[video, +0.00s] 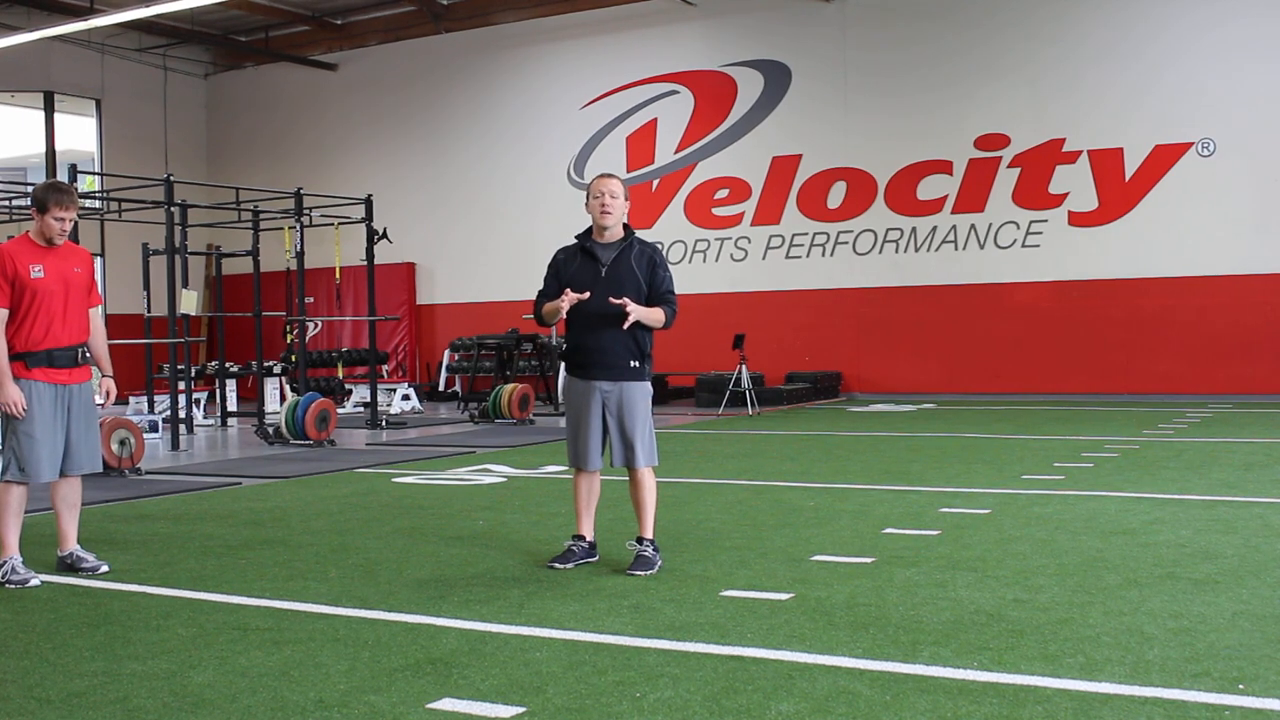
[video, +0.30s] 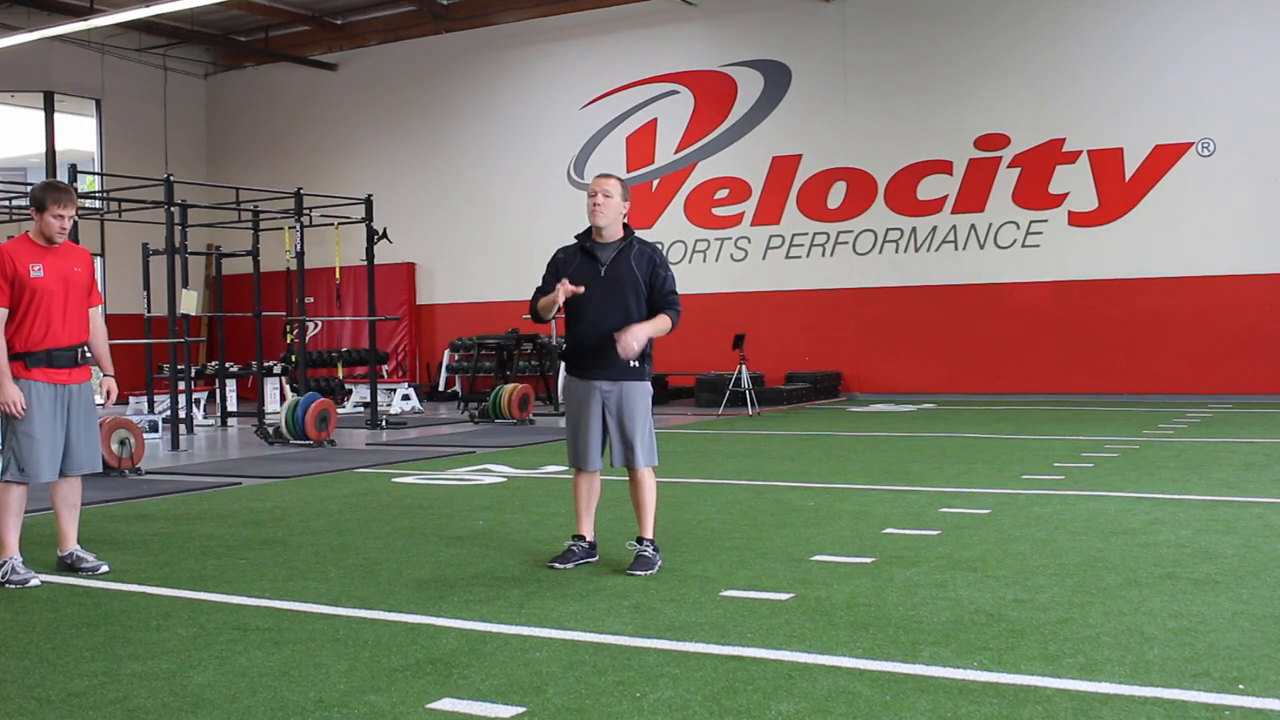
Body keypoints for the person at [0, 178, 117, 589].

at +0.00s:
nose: (66, 227)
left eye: (71, 220)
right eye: (59, 220)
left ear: (75, 216)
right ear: (37, 215)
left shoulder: (82, 258)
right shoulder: (10, 255)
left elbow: (93, 320)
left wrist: (107, 371)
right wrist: (5, 382)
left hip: (76, 377)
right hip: (28, 379)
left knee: (71, 466)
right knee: (18, 472)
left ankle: (69, 550)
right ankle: (9, 559)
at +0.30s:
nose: (65, 224)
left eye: (70, 217)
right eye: (58, 217)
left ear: (74, 214)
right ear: (35, 214)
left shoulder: (82, 258)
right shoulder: (10, 255)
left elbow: (94, 320)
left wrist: (108, 371)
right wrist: (5, 381)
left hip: (75, 377)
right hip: (28, 379)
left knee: (71, 466)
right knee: (18, 473)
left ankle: (69, 551)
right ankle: (10, 559)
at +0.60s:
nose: (64, 216)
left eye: (68, 209)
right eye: (56, 209)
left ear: (71, 213)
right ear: (33, 212)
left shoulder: (84, 257)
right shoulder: (10, 254)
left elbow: (96, 320)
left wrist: (110, 371)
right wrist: (4, 381)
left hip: (76, 377)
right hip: (28, 378)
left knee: (71, 466)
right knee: (18, 472)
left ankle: (69, 550)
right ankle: (10, 559)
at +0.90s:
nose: (64, 213)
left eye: (67, 206)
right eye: (54, 206)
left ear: (70, 211)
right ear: (32, 211)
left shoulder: (84, 257)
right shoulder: (11, 254)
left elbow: (96, 319)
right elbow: (0, 325)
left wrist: (111, 370)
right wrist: (6, 380)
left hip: (76, 376)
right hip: (28, 378)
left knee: (71, 466)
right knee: (19, 472)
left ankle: (69, 551)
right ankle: (10, 559)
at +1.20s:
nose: (64, 212)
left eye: (67, 206)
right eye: (54, 205)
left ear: (70, 211)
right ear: (31, 211)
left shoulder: (84, 257)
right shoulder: (10, 255)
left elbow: (96, 319)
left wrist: (110, 371)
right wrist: (5, 381)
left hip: (77, 377)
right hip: (29, 378)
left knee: (71, 466)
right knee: (18, 473)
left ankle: (69, 551)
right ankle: (10, 559)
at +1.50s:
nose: (63, 212)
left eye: (66, 205)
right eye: (54, 205)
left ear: (70, 211)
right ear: (31, 211)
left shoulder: (84, 257)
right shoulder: (11, 255)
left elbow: (96, 320)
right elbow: (0, 325)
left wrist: (109, 372)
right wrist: (6, 382)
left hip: (77, 377)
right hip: (29, 378)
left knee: (72, 466)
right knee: (18, 473)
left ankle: (69, 551)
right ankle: (10, 559)